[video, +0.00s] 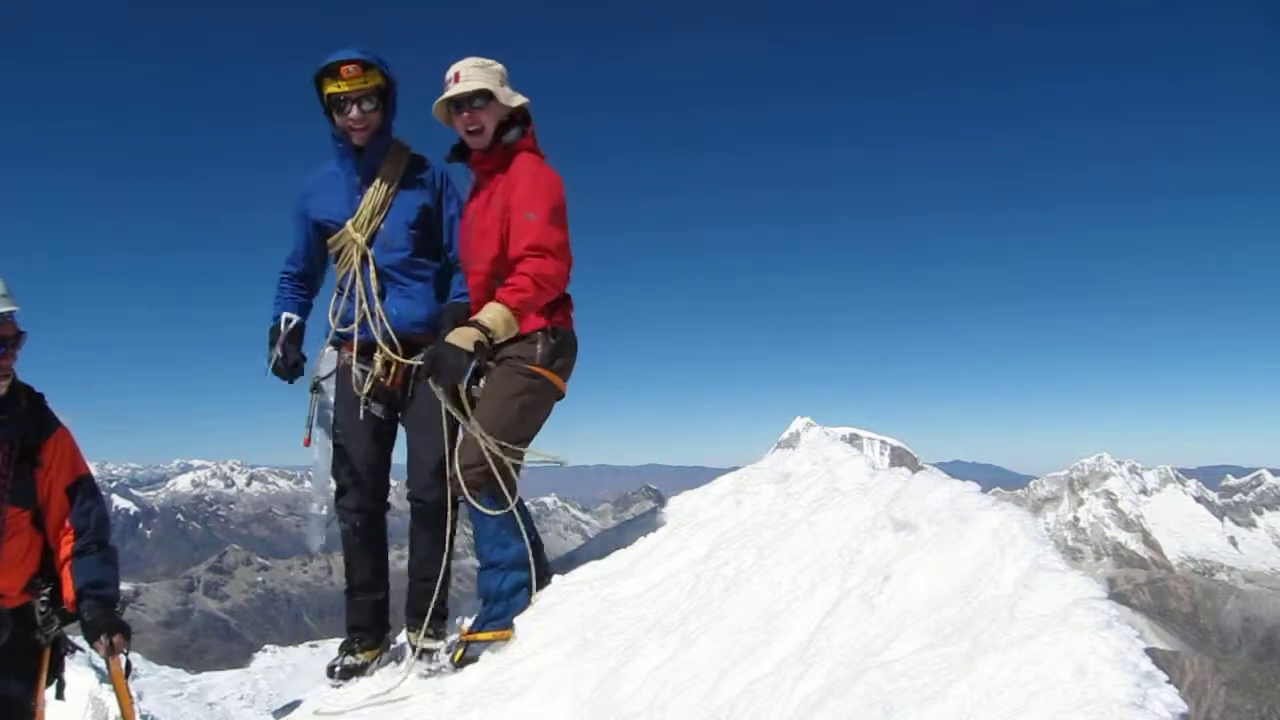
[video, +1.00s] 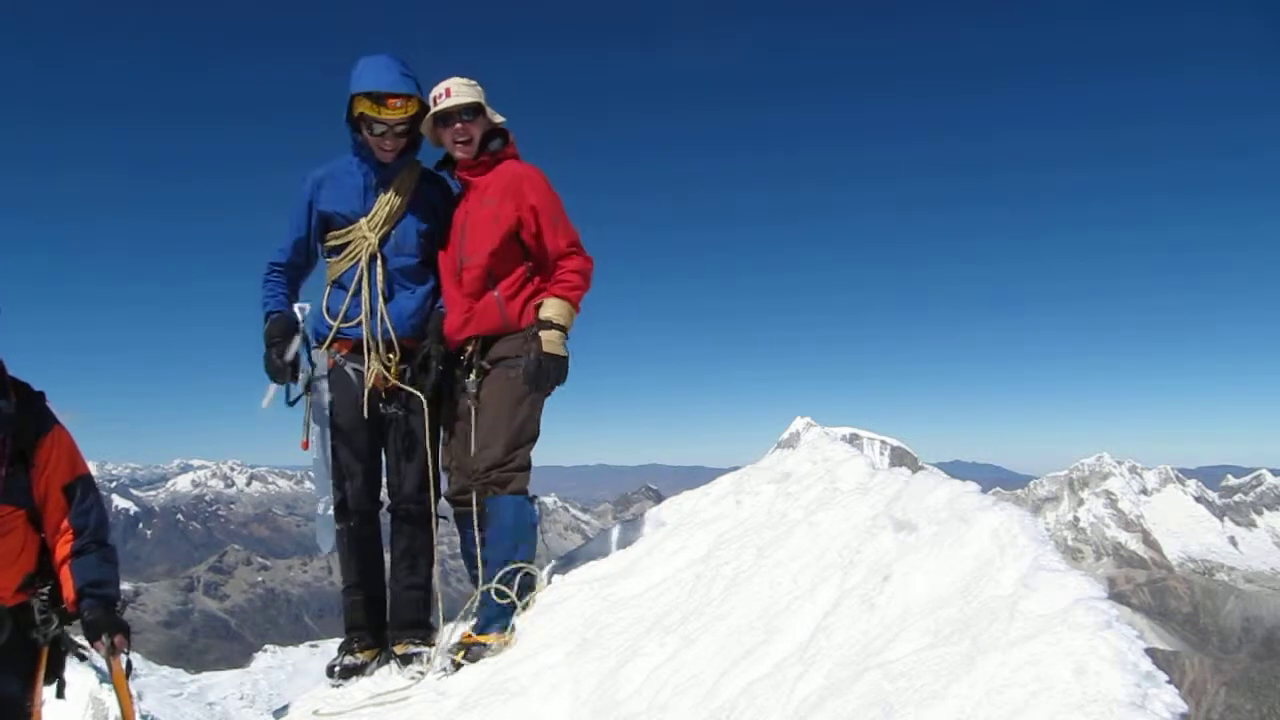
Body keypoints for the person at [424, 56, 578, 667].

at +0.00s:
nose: (471, 116)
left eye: (481, 102)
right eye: (459, 107)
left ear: (507, 106)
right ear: (451, 119)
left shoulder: (531, 174)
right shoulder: (472, 185)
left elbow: (544, 268)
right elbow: (458, 269)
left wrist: (483, 327)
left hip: (535, 337)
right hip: (493, 339)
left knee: (480, 462)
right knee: (473, 461)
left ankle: (505, 604)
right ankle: (529, 578)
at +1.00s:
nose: (459, 129)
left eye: (468, 117)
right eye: (447, 122)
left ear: (487, 120)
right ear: (437, 133)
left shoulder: (521, 179)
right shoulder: (451, 199)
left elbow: (572, 260)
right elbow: (444, 280)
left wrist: (553, 327)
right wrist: (439, 351)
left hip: (517, 342)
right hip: (464, 352)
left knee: (498, 466)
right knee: (463, 473)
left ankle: (507, 597)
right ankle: (487, 594)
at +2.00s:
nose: (475, 120)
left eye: (484, 108)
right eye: (463, 112)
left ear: (504, 114)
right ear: (450, 123)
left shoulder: (539, 186)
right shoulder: (441, 195)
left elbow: (575, 262)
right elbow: (432, 279)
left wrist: (558, 289)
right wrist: (426, 342)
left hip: (531, 336)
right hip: (467, 345)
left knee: (527, 449)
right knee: (473, 471)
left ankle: (544, 569)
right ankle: (492, 608)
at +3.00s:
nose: (484, 120)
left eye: (493, 110)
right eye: (472, 112)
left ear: (512, 118)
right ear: (458, 124)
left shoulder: (544, 190)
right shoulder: (442, 196)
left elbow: (564, 272)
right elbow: (428, 272)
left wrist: (555, 338)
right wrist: (427, 352)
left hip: (529, 340)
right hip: (464, 345)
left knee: (537, 453)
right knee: (478, 468)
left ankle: (550, 572)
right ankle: (483, 600)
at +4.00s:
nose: (496, 124)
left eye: (506, 115)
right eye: (485, 115)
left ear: (522, 124)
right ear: (470, 127)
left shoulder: (552, 198)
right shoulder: (454, 198)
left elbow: (571, 282)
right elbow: (440, 272)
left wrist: (562, 353)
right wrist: (452, 341)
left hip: (536, 348)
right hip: (473, 347)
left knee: (543, 463)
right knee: (477, 472)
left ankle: (546, 585)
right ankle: (484, 600)